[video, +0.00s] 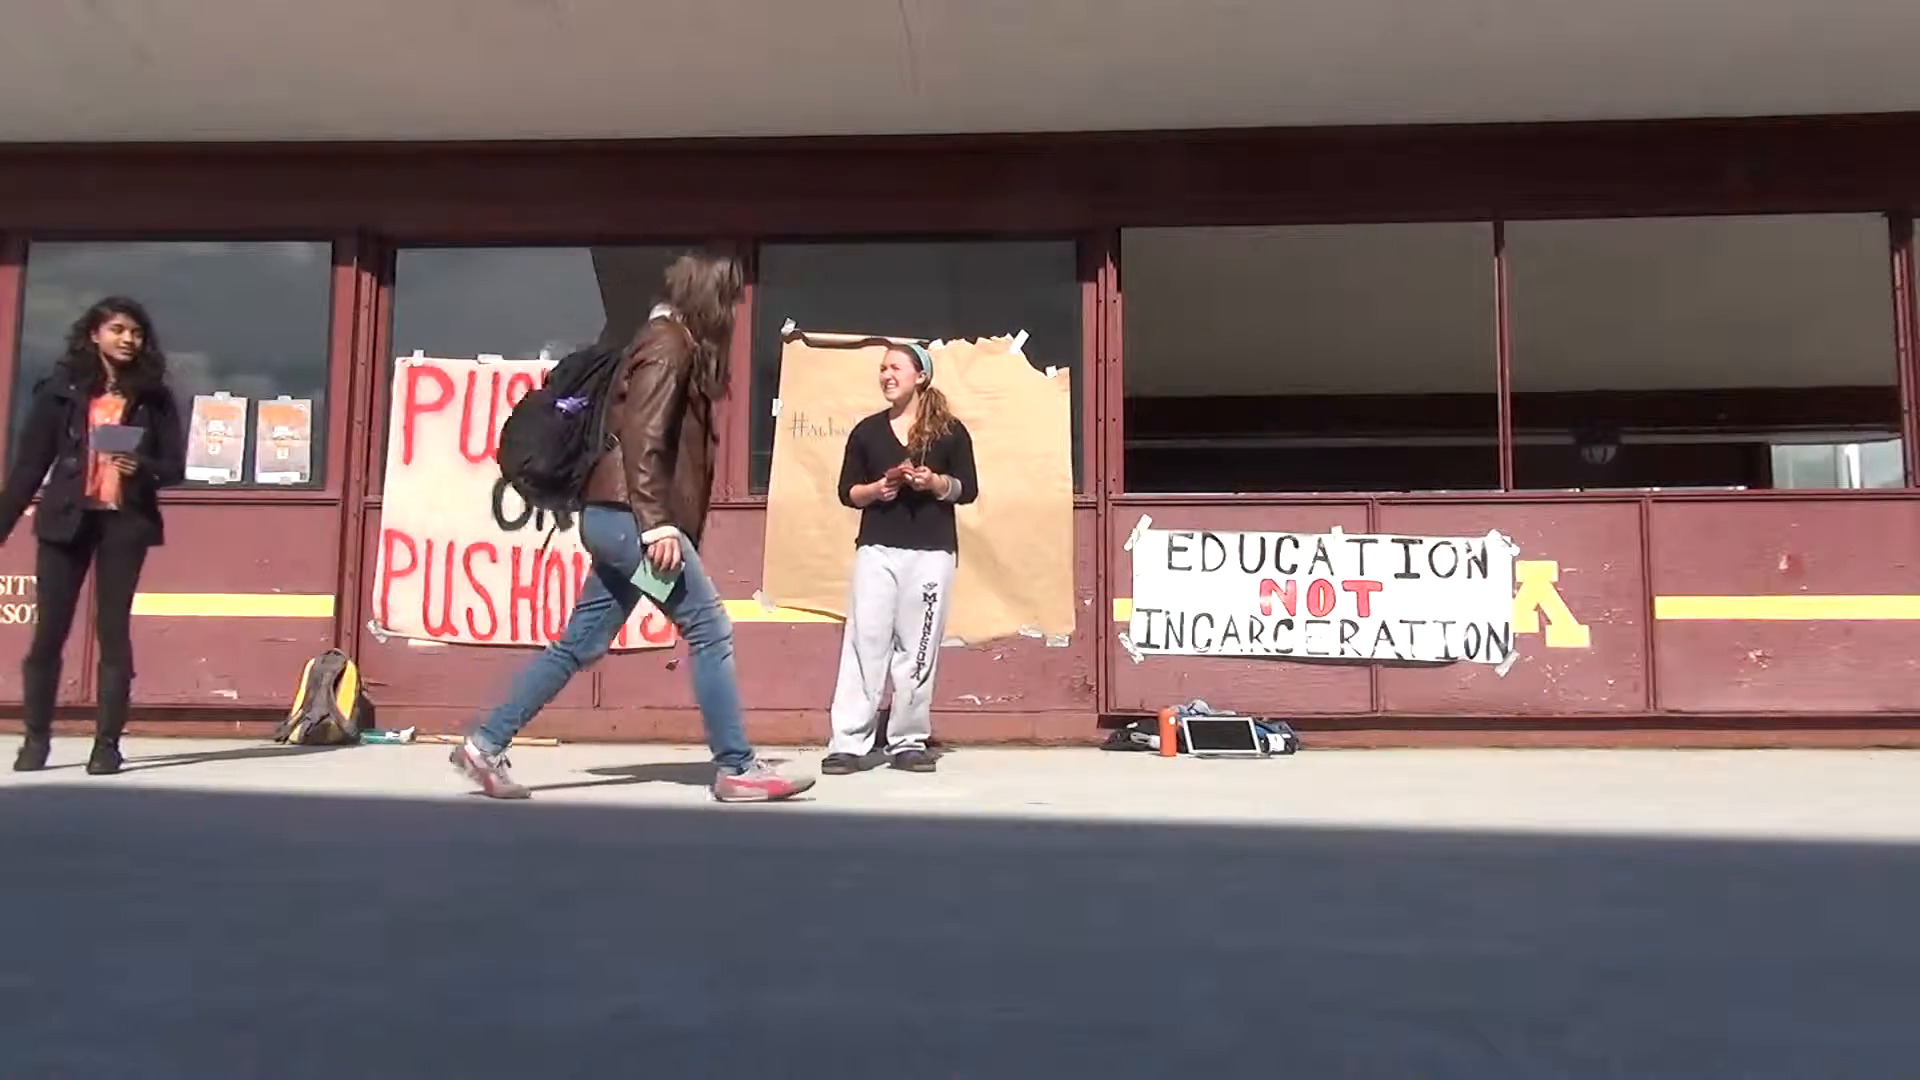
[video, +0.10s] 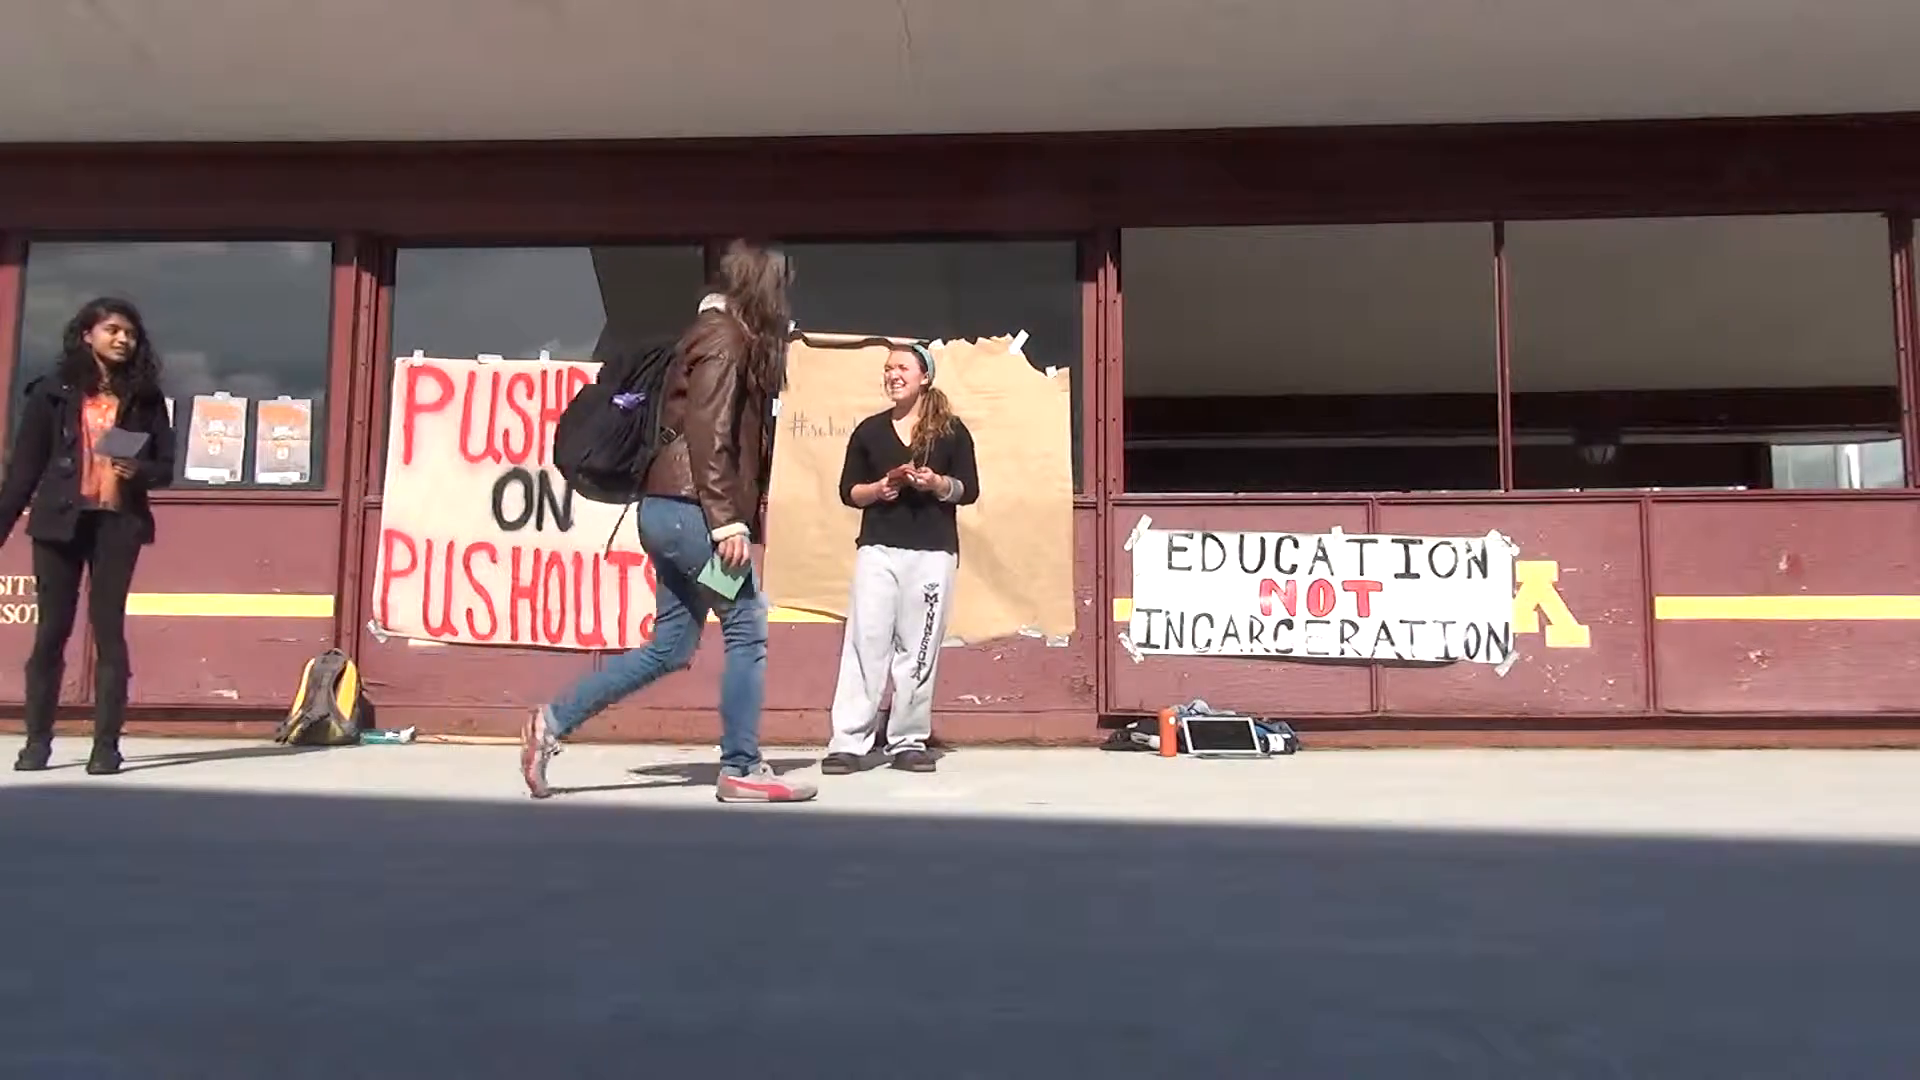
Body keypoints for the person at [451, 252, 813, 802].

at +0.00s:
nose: (734, 308)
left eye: (734, 297)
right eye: (731, 297)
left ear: (682, 289)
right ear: (711, 296)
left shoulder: (666, 340)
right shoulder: (669, 344)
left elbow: (647, 437)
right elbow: (644, 439)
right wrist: (656, 523)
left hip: (614, 516)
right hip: (631, 516)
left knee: (578, 646)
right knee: (710, 631)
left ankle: (484, 746)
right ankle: (736, 769)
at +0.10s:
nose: (784, 294)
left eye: (782, 282)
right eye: (780, 283)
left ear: (730, 279)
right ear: (762, 283)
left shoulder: (710, 332)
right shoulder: (726, 338)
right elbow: (708, 434)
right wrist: (726, 518)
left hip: (665, 505)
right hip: (689, 508)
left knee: (671, 647)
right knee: (748, 625)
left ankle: (551, 723)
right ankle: (741, 770)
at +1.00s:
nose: (936, 375)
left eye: (938, 369)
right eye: (927, 367)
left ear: (937, 379)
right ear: (900, 373)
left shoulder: (946, 429)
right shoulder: (866, 427)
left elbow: (964, 490)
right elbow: (846, 489)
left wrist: (947, 487)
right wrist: (893, 488)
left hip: (934, 550)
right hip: (880, 548)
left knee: (921, 648)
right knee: (869, 645)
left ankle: (910, 742)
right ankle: (848, 744)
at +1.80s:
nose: (849, 378)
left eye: (856, 371)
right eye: (850, 371)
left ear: (881, 376)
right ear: (869, 378)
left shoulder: (917, 428)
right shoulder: (851, 435)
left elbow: (929, 484)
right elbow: (847, 496)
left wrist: (898, 468)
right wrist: (820, 482)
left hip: (893, 553)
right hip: (850, 552)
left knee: (891, 652)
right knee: (843, 652)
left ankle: (906, 742)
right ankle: (847, 741)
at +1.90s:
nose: (840, 378)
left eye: (847, 371)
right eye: (842, 371)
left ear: (872, 377)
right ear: (863, 378)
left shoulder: (905, 426)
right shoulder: (843, 434)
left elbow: (918, 482)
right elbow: (829, 493)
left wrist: (895, 458)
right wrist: (790, 470)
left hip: (881, 555)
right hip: (838, 554)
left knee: (882, 652)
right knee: (836, 652)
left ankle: (903, 743)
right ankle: (845, 743)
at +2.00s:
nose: (832, 378)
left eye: (838, 372)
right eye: (833, 372)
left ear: (864, 379)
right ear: (853, 379)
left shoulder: (893, 428)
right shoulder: (836, 435)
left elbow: (909, 479)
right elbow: (820, 494)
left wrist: (883, 455)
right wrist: (777, 473)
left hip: (867, 555)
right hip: (829, 555)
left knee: (874, 650)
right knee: (830, 652)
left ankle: (904, 742)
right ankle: (845, 743)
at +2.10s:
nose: (825, 378)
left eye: (832, 372)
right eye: (826, 372)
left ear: (856, 378)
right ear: (846, 379)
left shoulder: (884, 428)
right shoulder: (830, 434)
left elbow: (901, 487)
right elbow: (819, 496)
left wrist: (876, 470)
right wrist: (774, 479)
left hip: (859, 554)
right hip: (822, 554)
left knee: (869, 649)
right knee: (827, 652)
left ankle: (904, 742)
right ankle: (845, 743)